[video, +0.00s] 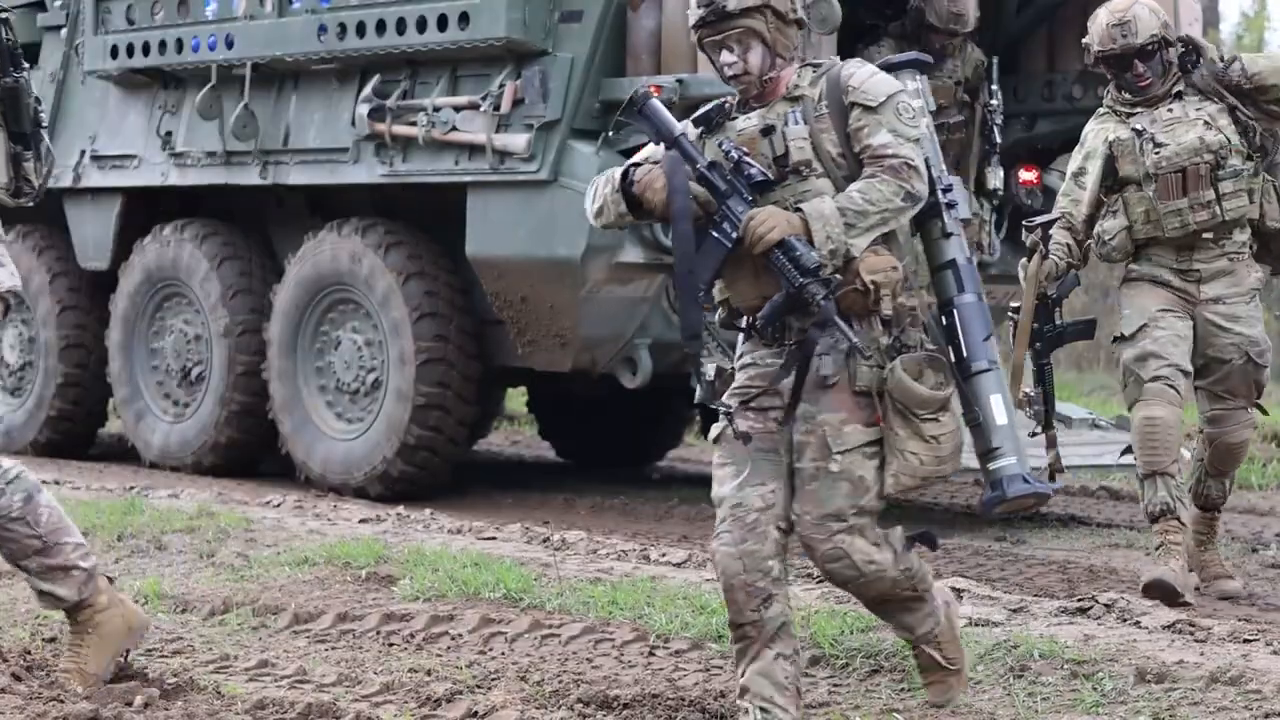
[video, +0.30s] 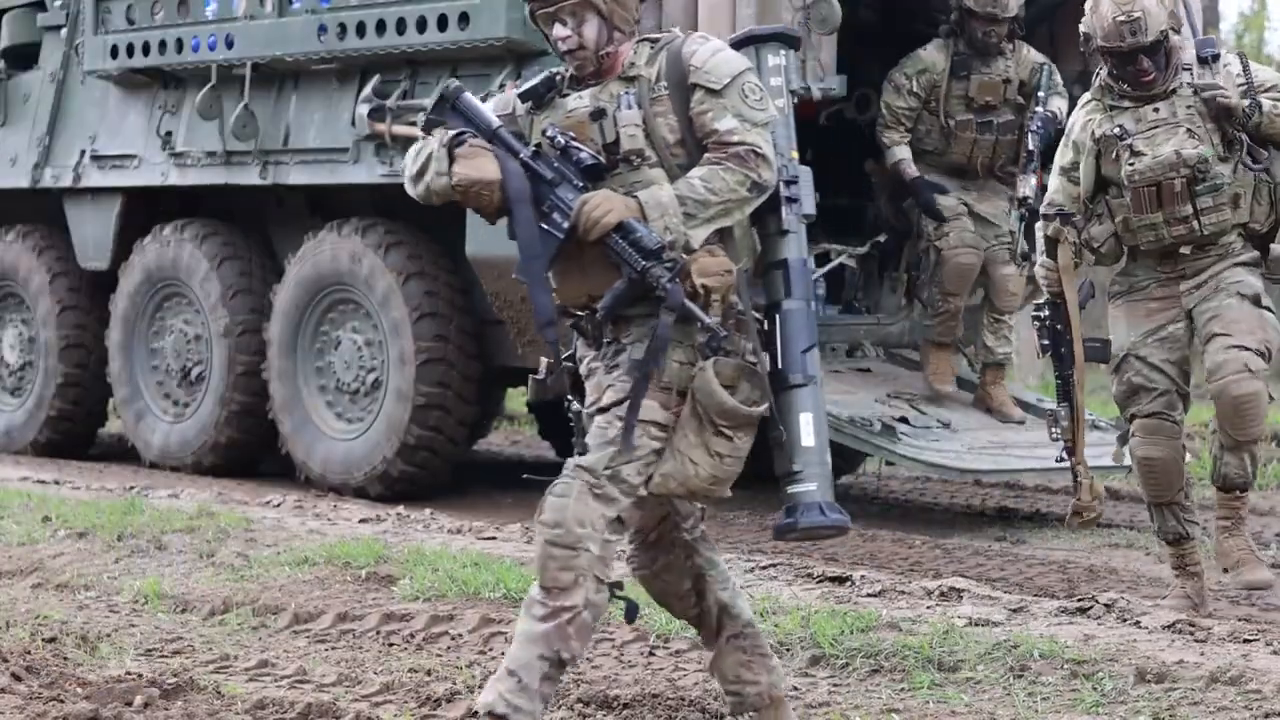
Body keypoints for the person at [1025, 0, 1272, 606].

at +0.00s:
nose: (1136, 72)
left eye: (1145, 58)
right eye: (1121, 65)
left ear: (1170, 50)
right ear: (1106, 70)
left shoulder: (1216, 95)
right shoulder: (1105, 129)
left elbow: (1278, 82)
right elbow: (1072, 210)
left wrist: (1228, 67)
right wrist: (1054, 250)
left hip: (1231, 271)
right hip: (1152, 276)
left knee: (1232, 419)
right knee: (1156, 389)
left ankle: (1204, 533)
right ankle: (1168, 545)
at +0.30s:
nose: (1141, 67)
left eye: (1150, 53)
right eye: (1124, 59)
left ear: (1171, 43)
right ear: (1101, 59)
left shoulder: (1219, 80)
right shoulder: (1090, 120)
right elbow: (1058, 209)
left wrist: (1248, 112)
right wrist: (1058, 255)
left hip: (1225, 265)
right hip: (1141, 286)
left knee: (1240, 390)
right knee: (1153, 444)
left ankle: (1232, 526)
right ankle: (1186, 572)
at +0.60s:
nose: (1134, 39)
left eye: (1144, 23)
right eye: (1118, 31)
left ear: (1172, 15)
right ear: (1104, 34)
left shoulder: (1223, 61)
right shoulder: (1094, 89)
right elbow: (1057, 191)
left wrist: (1237, 17)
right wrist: (1035, 226)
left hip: (1215, 256)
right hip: (1128, 271)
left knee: (1199, 416)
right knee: (1120, 445)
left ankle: (1191, 583)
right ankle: (1170, 531)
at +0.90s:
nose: (1079, 14)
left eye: (1092, 3)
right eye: (1068, 8)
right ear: (1062, 13)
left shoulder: (1191, 34)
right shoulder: (1057, 79)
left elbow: (1268, 75)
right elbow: (1028, 184)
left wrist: (1175, 36)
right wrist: (1004, 215)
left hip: (1191, 256)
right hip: (1096, 265)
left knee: (1187, 444)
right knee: (1064, 423)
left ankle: (1188, 592)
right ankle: (1123, 582)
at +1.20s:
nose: (984, 56)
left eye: (997, 37)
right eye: (974, 46)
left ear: (1044, 25)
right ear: (967, 53)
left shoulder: (1112, 59)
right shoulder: (978, 133)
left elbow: (1223, 100)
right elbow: (950, 245)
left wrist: (1116, 87)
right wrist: (897, 247)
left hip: (1126, 302)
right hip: (1035, 319)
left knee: (1103, 488)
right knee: (1019, 503)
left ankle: (1174, 569)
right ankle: (1112, 662)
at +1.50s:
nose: (891, 48)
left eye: (905, 26)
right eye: (877, 37)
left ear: (952, 15)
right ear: (868, 47)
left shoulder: (1010, 67)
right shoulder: (872, 123)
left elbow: (1072, 23)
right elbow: (831, 233)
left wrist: (1034, 23)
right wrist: (789, 266)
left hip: (1005, 312)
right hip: (917, 332)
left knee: (943, 504)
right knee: (948, 512)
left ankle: (929, 695)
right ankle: (1088, 638)